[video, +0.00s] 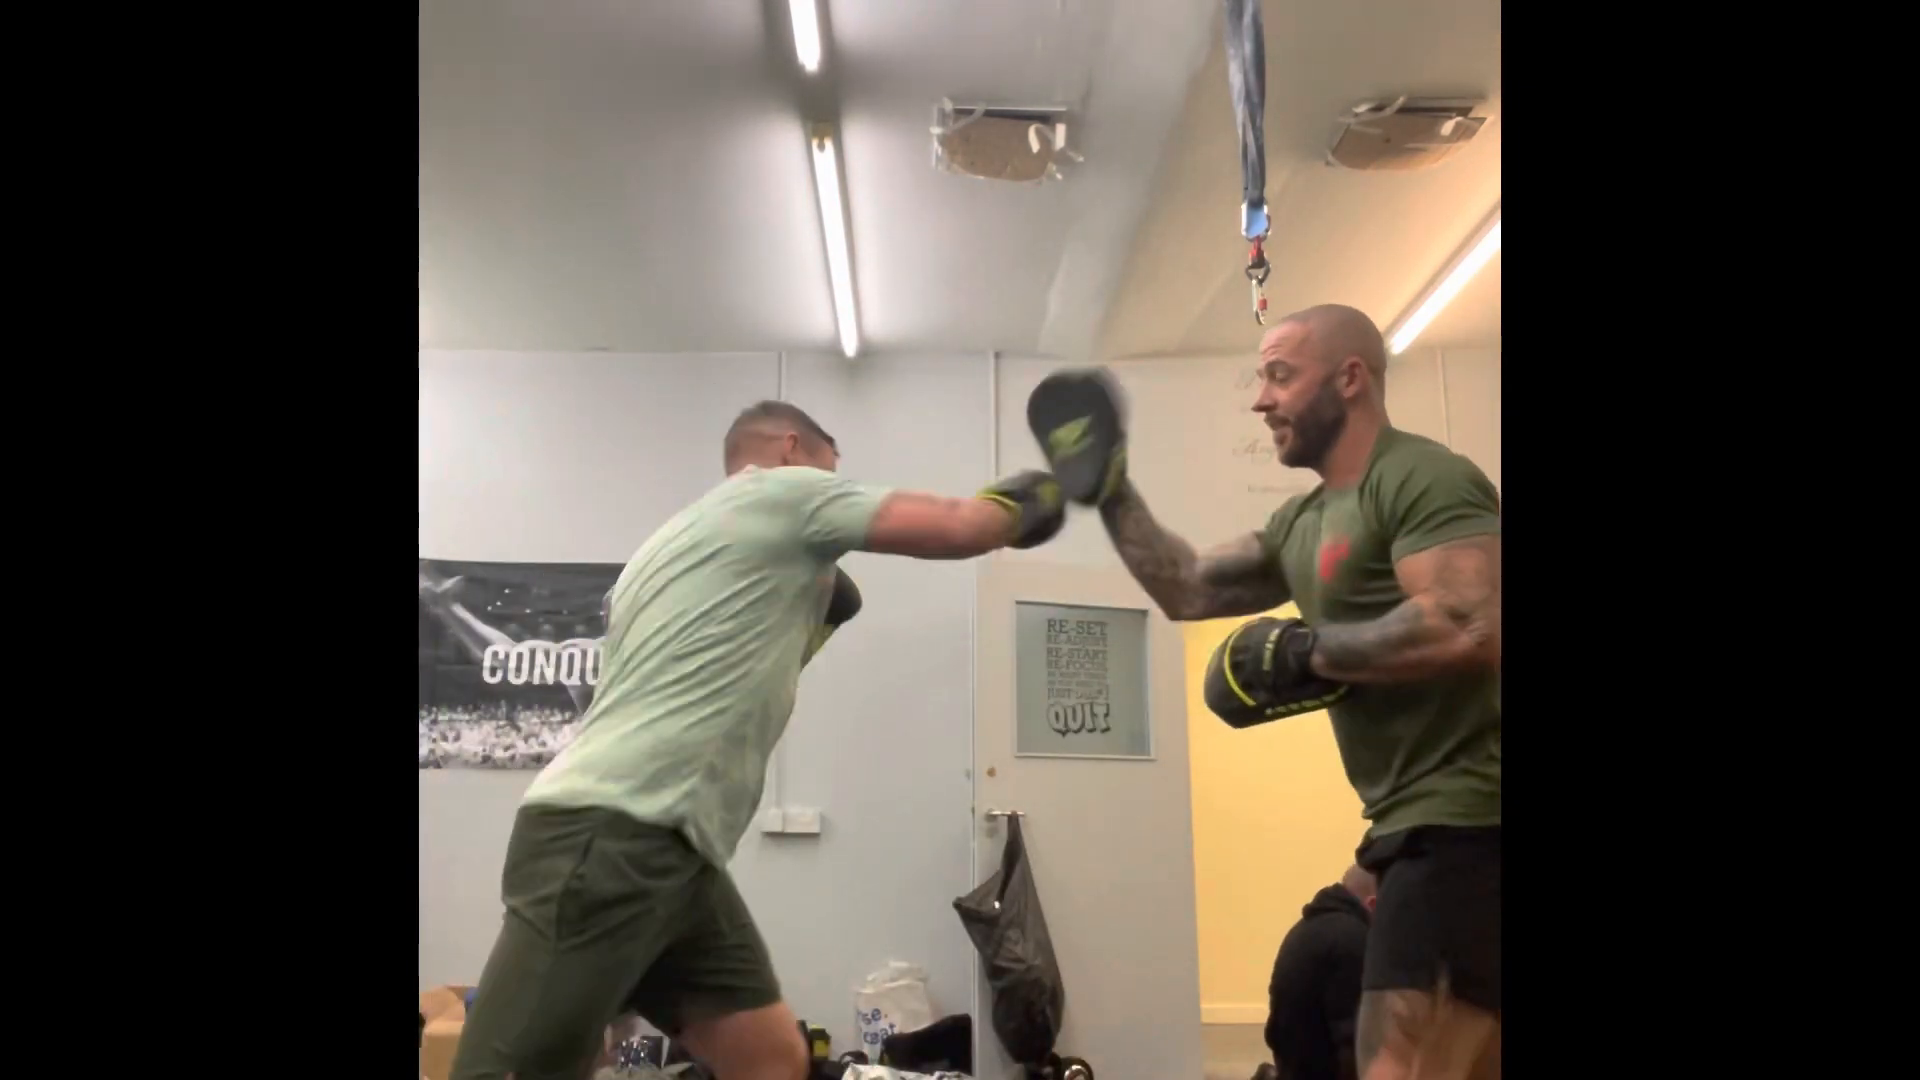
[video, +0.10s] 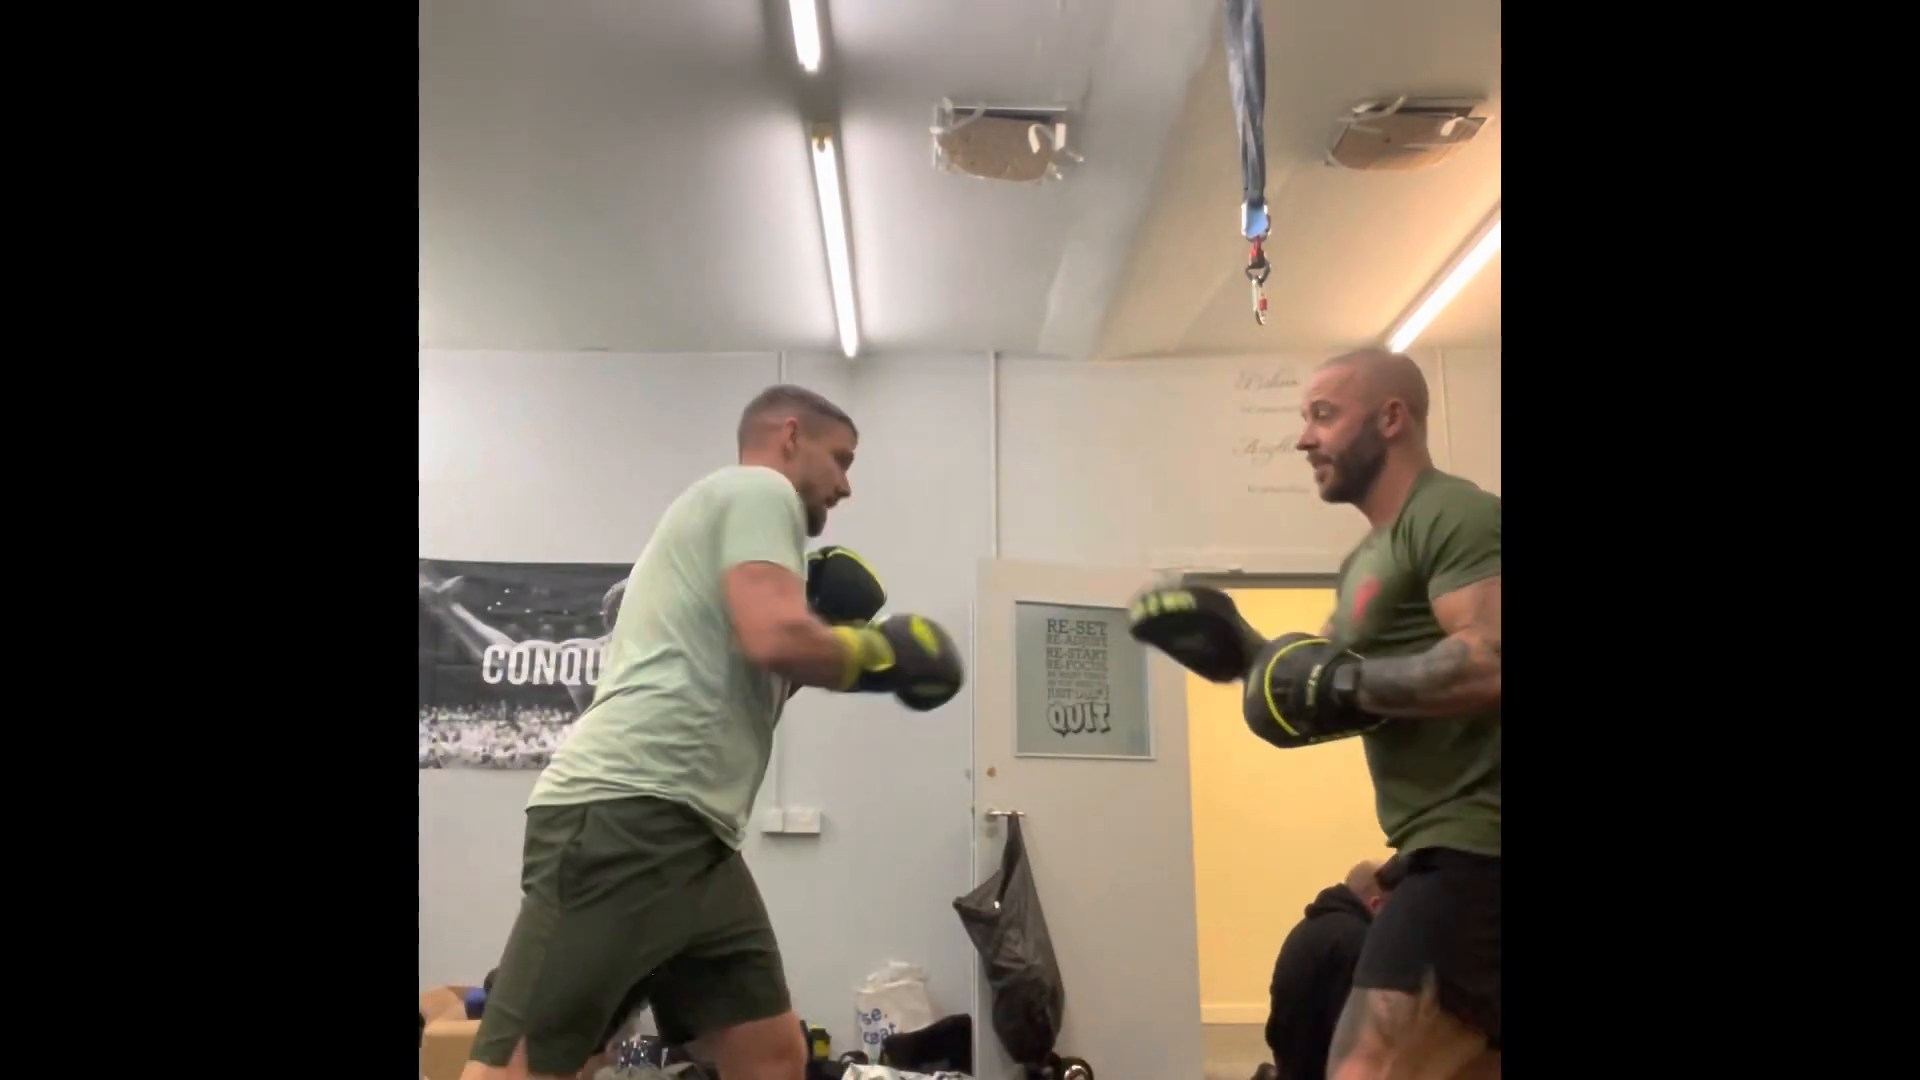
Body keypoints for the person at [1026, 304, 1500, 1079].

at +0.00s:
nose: (1260, 399)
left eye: (1279, 375)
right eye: (1261, 380)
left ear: (1353, 380)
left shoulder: (1424, 479)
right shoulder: (1301, 526)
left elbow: (1468, 627)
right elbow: (1186, 587)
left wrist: (1306, 651)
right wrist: (1108, 483)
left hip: (1470, 809)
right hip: (1401, 820)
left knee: (1410, 1059)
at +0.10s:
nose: (1304, 438)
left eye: (1323, 415)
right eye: (1305, 419)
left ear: (1393, 420)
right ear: (1385, 424)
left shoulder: (1459, 516)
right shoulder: (1364, 559)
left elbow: (1489, 661)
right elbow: (1354, 679)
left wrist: (1336, 683)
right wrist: (1250, 656)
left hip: (1481, 840)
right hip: (1432, 843)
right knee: (1469, 1061)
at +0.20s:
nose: (1366, 439)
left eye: (1385, 417)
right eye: (1367, 421)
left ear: (1452, 425)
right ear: (1444, 427)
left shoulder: (1490, 510)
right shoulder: (1419, 556)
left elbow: (1495, 640)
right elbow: (1431, 696)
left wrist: (1388, 644)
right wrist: (1358, 668)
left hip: (1492, 817)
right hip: (1466, 824)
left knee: (1478, 1037)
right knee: (1472, 1035)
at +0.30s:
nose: (1390, 388)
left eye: (1411, 368)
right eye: (1392, 373)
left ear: (1473, 378)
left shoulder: (1495, 460)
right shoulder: (1432, 512)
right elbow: (1463, 643)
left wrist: (1439, 599)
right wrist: (1374, 642)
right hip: (1491, 785)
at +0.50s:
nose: (1448, 461)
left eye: (1466, 443)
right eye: (1442, 447)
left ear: (1503, 446)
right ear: (1435, 451)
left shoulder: (1494, 540)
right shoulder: (1481, 548)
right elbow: (1484, 679)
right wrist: (1438, 747)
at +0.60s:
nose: (1438, 483)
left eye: (1443, 463)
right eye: (1433, 467)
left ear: (1485, 459)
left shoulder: (1491, 588)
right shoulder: (1485, 589)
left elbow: (1494, 718)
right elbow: (1497, 717)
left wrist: (1474, 814)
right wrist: (1457, 808)